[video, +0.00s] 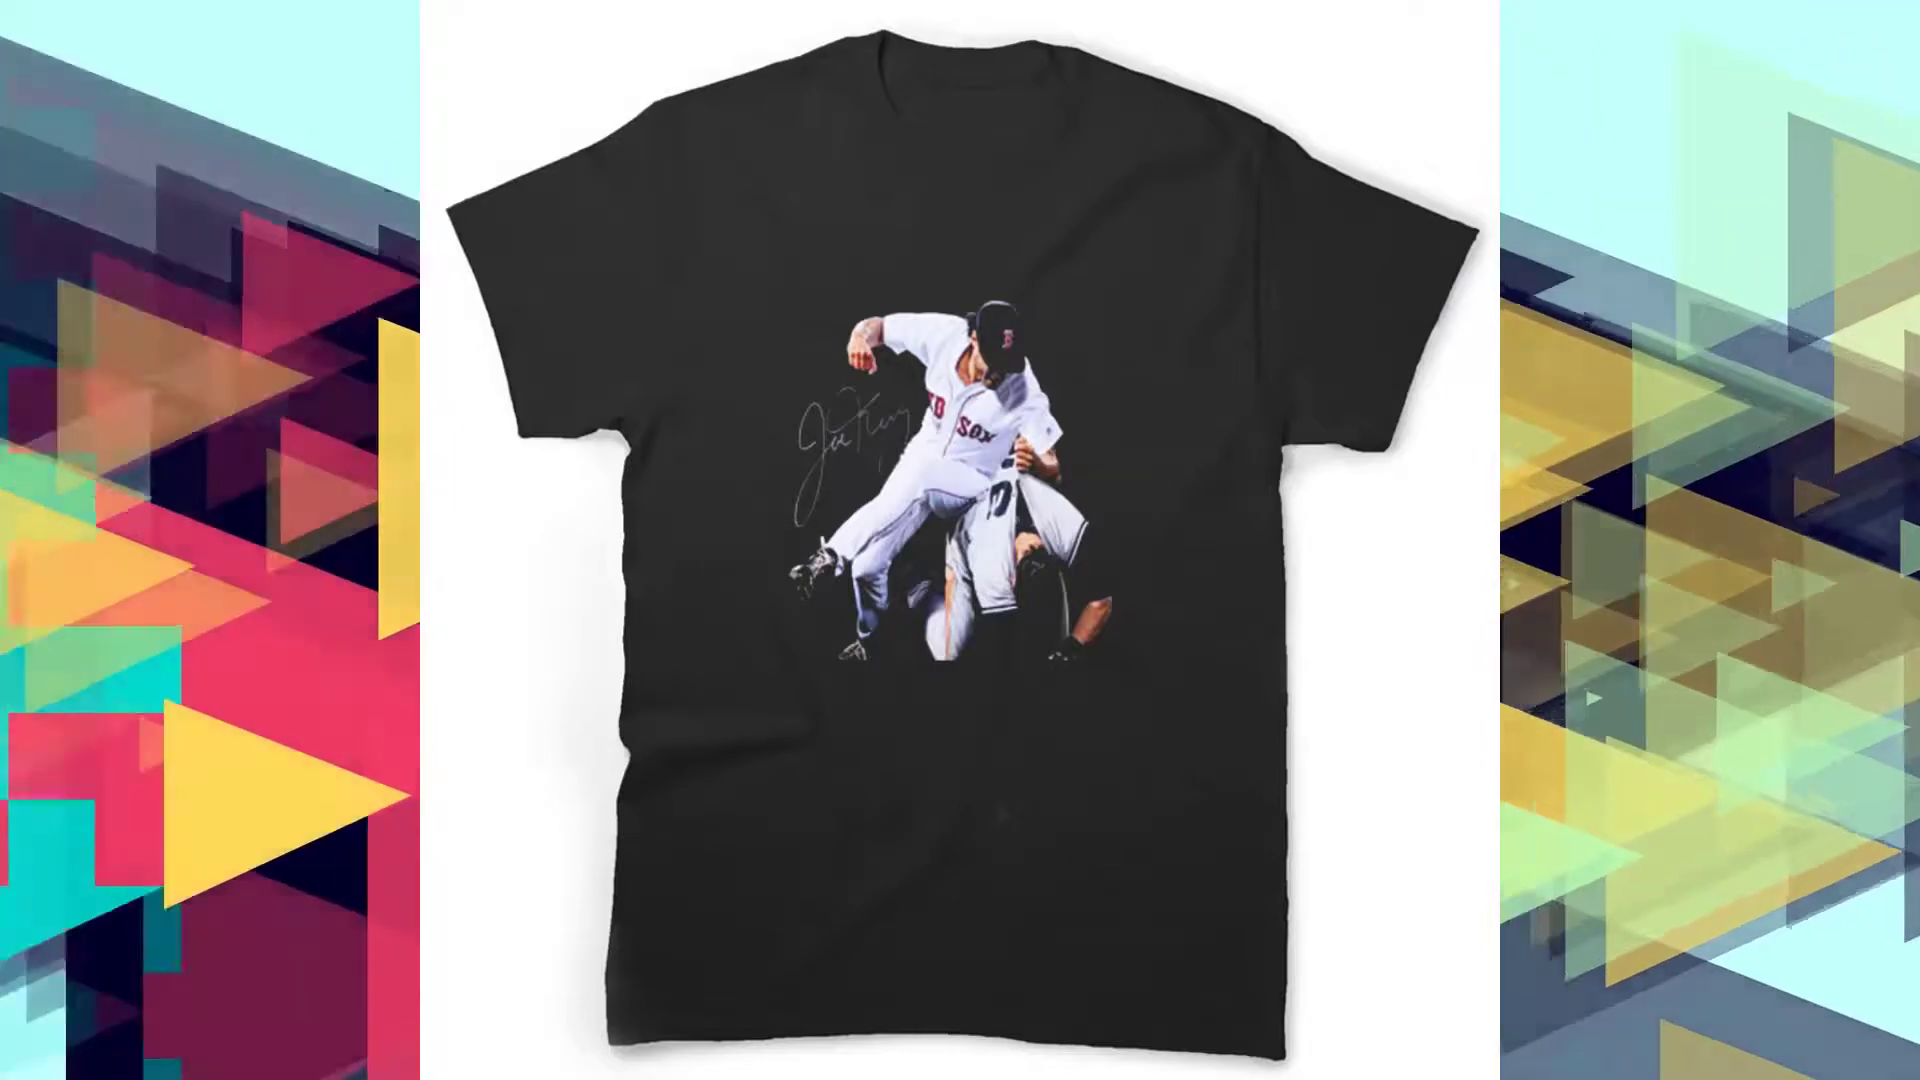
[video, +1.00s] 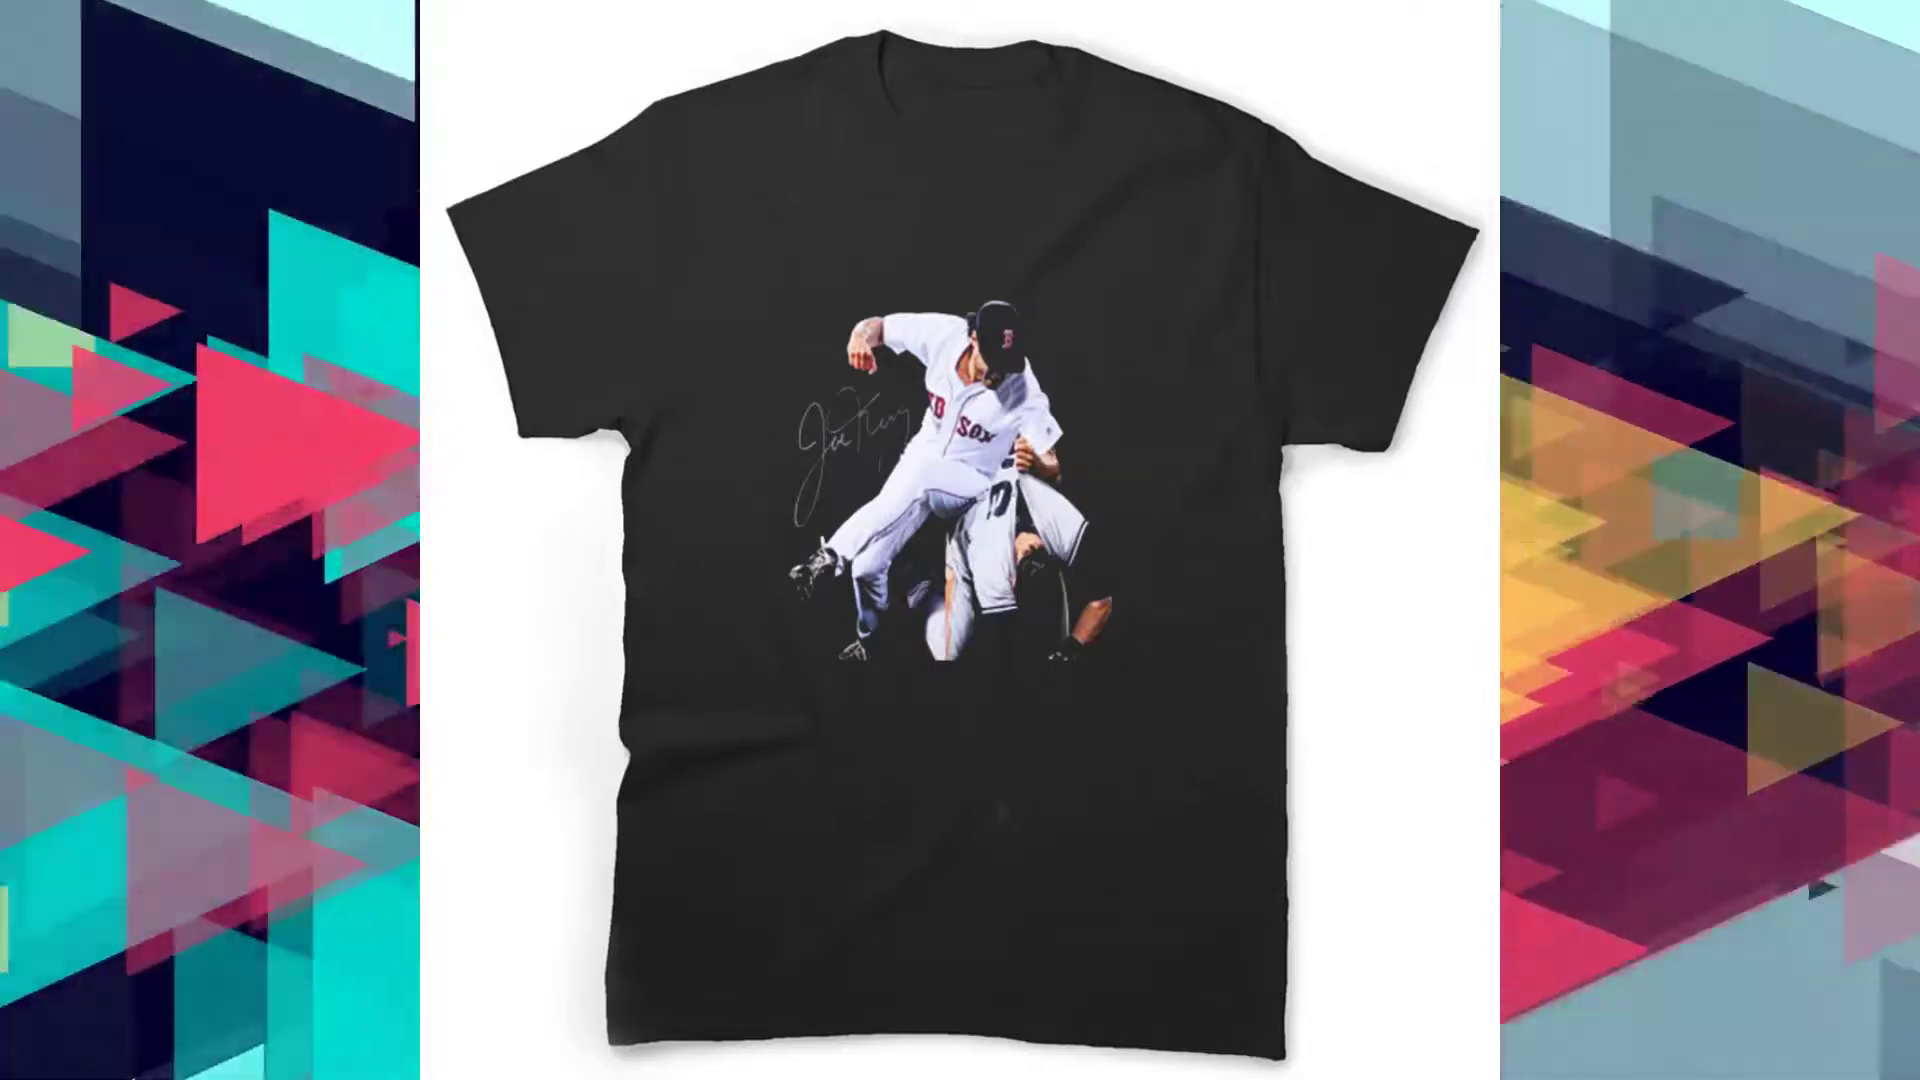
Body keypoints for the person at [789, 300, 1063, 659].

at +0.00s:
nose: (997, 374)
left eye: (1006, 367)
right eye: (991, 364)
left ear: (1017, 354)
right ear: (973, 341)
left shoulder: (1023, 389)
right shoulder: (946, 334)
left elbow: (1054, 468)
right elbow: (878, 327)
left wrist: (1038, 463)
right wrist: (861, 338)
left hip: (978, 482)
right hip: (922, 460)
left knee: (920, 476)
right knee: (867, 566)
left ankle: (828, 560)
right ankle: (871, 641)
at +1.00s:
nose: (997, 374)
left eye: (1006, 367)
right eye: (991, 364)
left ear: (1017, 354)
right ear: (973, 341)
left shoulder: (1023, 389)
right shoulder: (946, 334)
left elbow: (1054, 468)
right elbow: (878, 327)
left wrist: (1038, 463)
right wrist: (861, 338)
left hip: (979, 482)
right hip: (922, 460)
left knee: (920, 476)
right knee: (867, 566)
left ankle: (828, 560)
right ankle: (871, 642)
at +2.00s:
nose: (997, 374)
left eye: (1006, 367)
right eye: (991, 364)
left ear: (1017, 354)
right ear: (973, 341)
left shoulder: (1023, 389)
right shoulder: (946, 334)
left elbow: (1054, 468)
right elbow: (878, 327)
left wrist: (1038, 463)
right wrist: (861, 338)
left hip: (979, 482)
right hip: (922, 460)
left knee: (920, 476)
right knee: (867, 566)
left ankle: (828, 560)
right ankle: (871, 642)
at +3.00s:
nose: (997, 374)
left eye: (1006, 367)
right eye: (992, 365)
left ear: (1017, 354)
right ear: (973, 341)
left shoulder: (1024, 390)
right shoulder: (946, 334)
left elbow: (1053, 468)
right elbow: (877, 327)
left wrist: (1038, 463)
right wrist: (861, 339)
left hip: (978, 482)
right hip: (922, 460)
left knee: (920, 477)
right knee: (867, 566)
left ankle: (828, 560)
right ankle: (871, 641)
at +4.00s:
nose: (997, 374)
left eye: (1006, 367)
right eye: (991, 364)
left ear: (1017, 354)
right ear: (973, 341)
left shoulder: (1023, 389)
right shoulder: (946, 334)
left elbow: (1054, 468)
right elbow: (878, 327)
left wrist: (1038, 463)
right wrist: (861, 339)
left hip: (979, 482)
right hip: (922, 460)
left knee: (920, 476)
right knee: (867, 566)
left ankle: (829, 559)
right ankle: (871, 641)